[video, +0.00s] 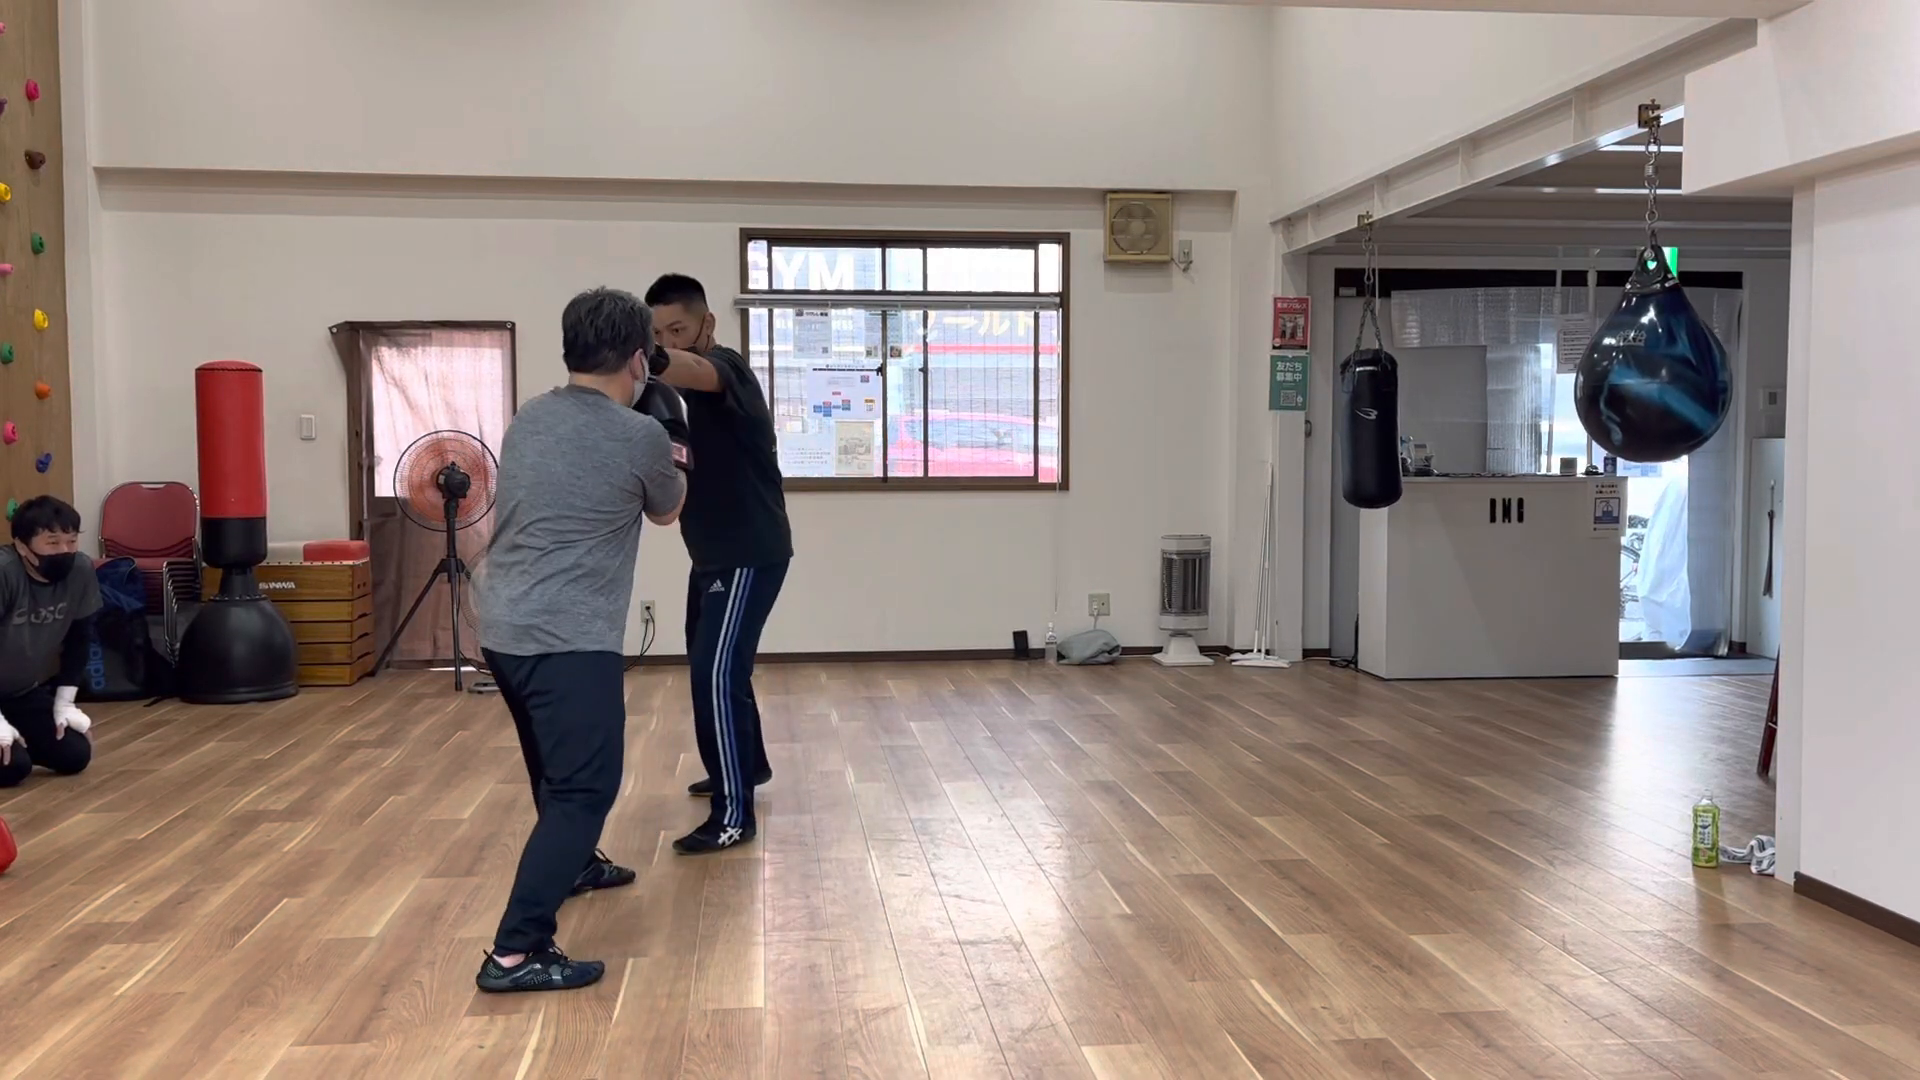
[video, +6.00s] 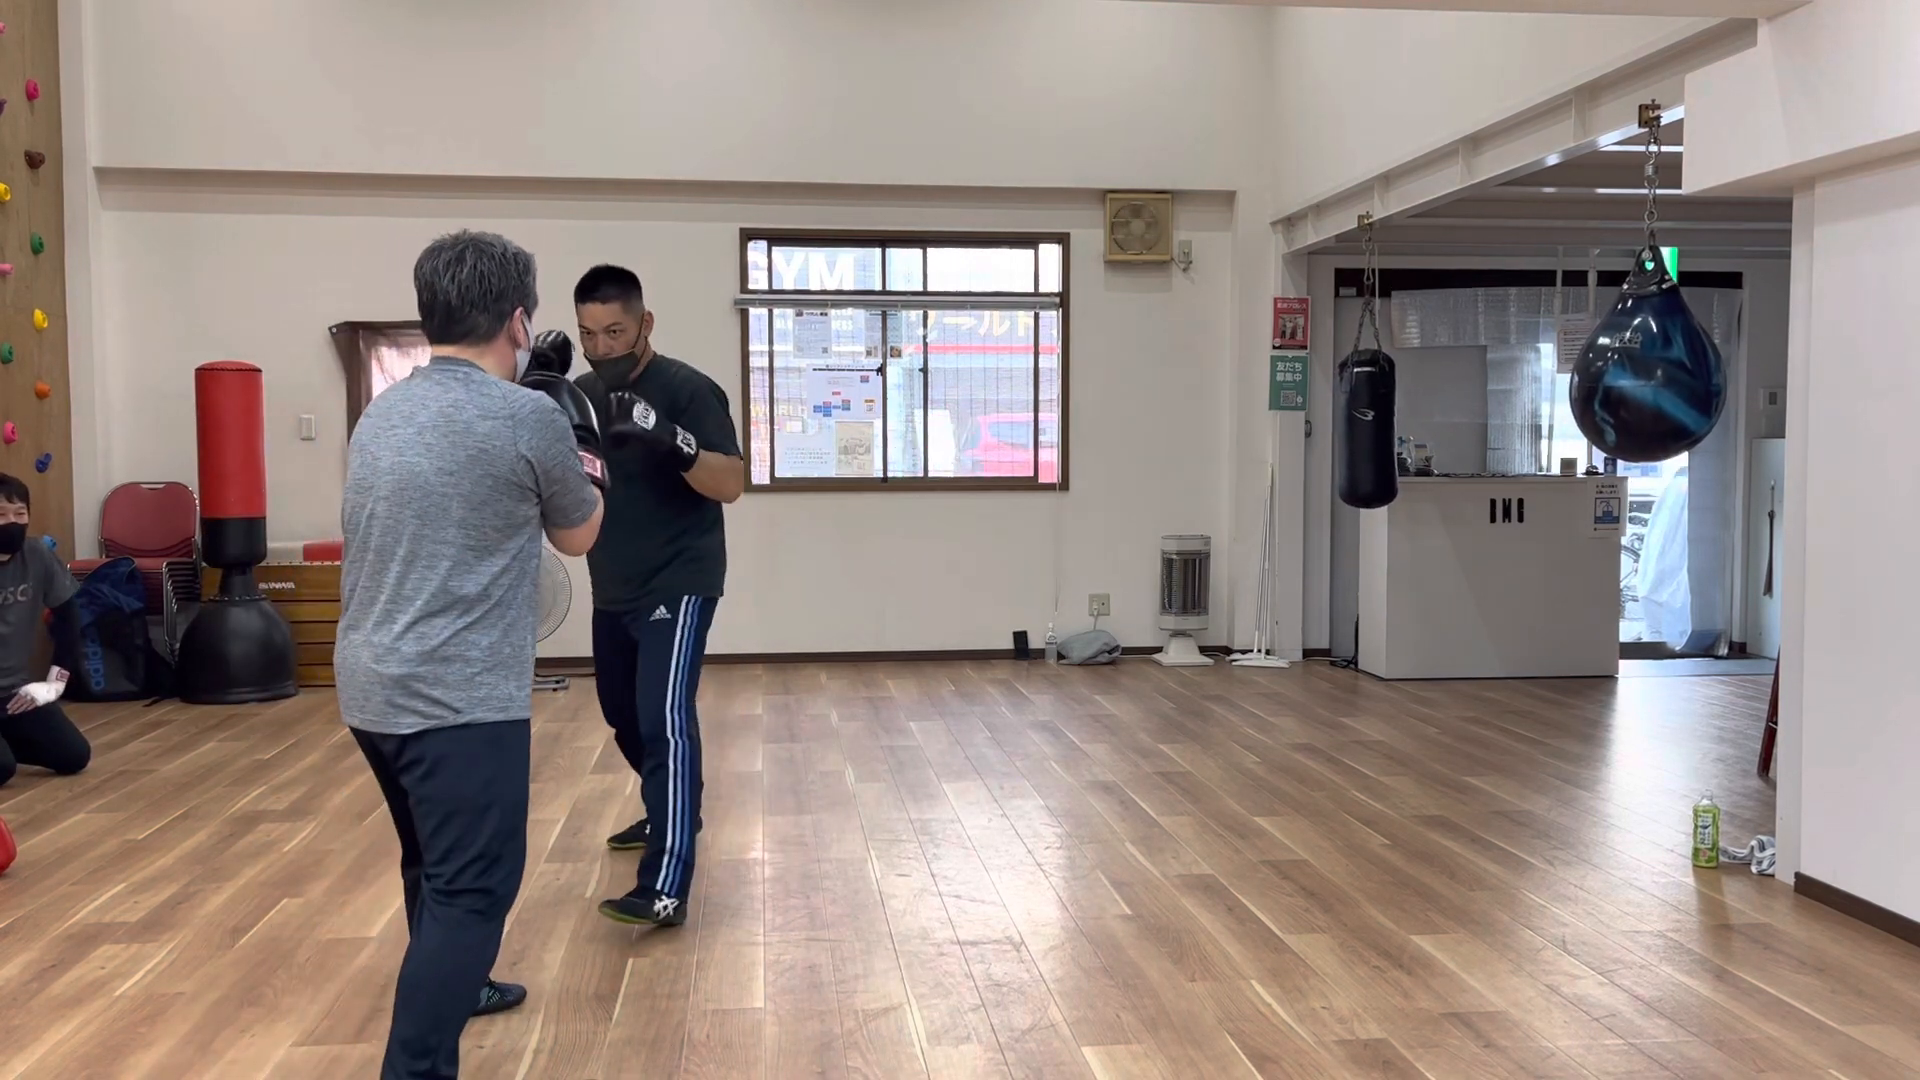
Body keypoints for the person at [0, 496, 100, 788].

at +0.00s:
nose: (64, 552)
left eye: (70, 542)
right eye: (52, 543)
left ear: (77, 540)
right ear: (22, 545)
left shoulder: (80, 570)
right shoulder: (6, 573)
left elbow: (79, 640)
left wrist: (65, 700)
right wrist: (2, 721)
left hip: (29, 690)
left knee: (74, 756)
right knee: (14, 766)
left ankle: (14, 741)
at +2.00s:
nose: (46, 534)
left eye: (53, 524)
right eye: (33, 526)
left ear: (60, 526)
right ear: (7, 537)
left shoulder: (70, 563)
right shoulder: (2, 571)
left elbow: (72, 637)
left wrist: (63, 702)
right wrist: (0, 720)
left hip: (28, 691)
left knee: (74, 756)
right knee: (13, 767)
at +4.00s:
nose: (22, 512)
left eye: (29, 503)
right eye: (10, 504)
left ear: (38, 510)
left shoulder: (48, 561)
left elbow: (67, 630)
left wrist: (65, 690)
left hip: (25, 693)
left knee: (75, 755)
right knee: (11, 767)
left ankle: (10, 730)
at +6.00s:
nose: (12, 522)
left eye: (19, 513)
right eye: (2, 514)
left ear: (29, 516)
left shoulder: (35, 555)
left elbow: (67, 612)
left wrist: (55, 681)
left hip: (16, 693)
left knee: (74, 756)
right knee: (2, 767)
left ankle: (2, 742)